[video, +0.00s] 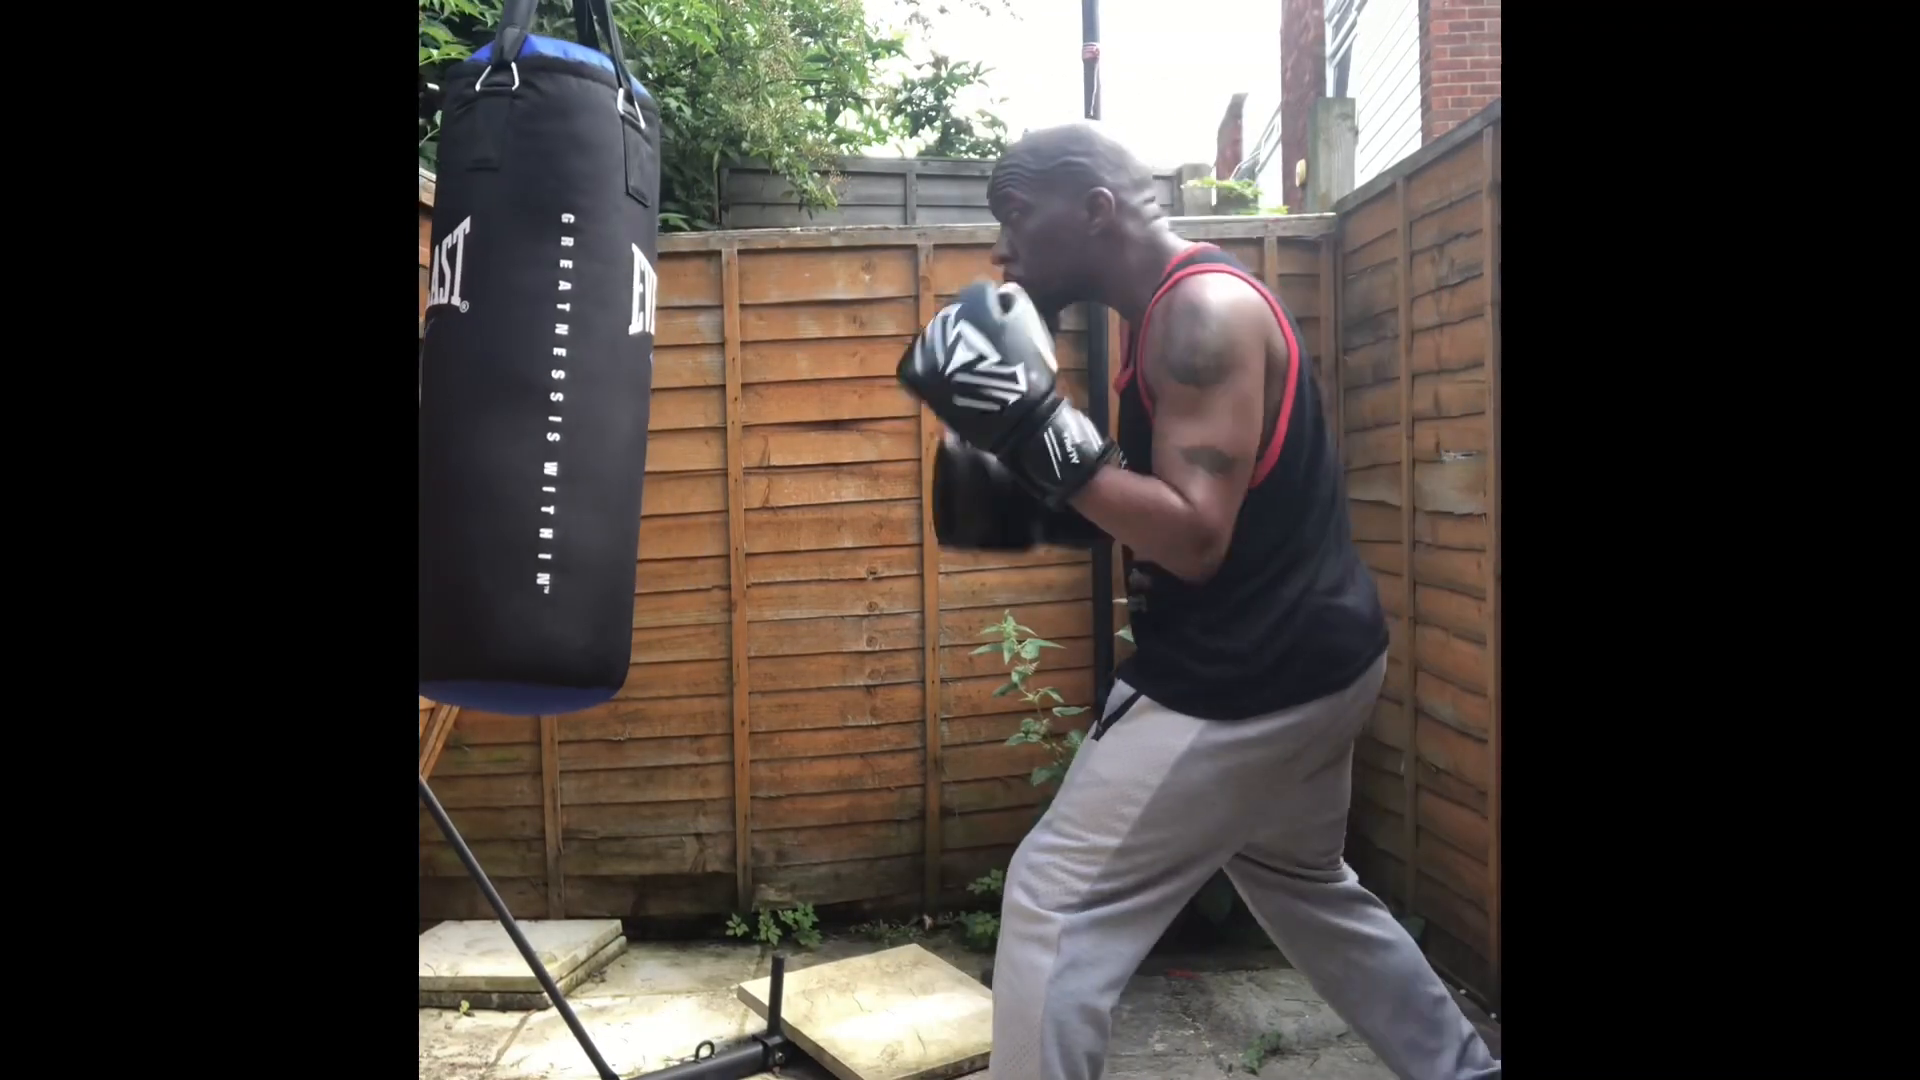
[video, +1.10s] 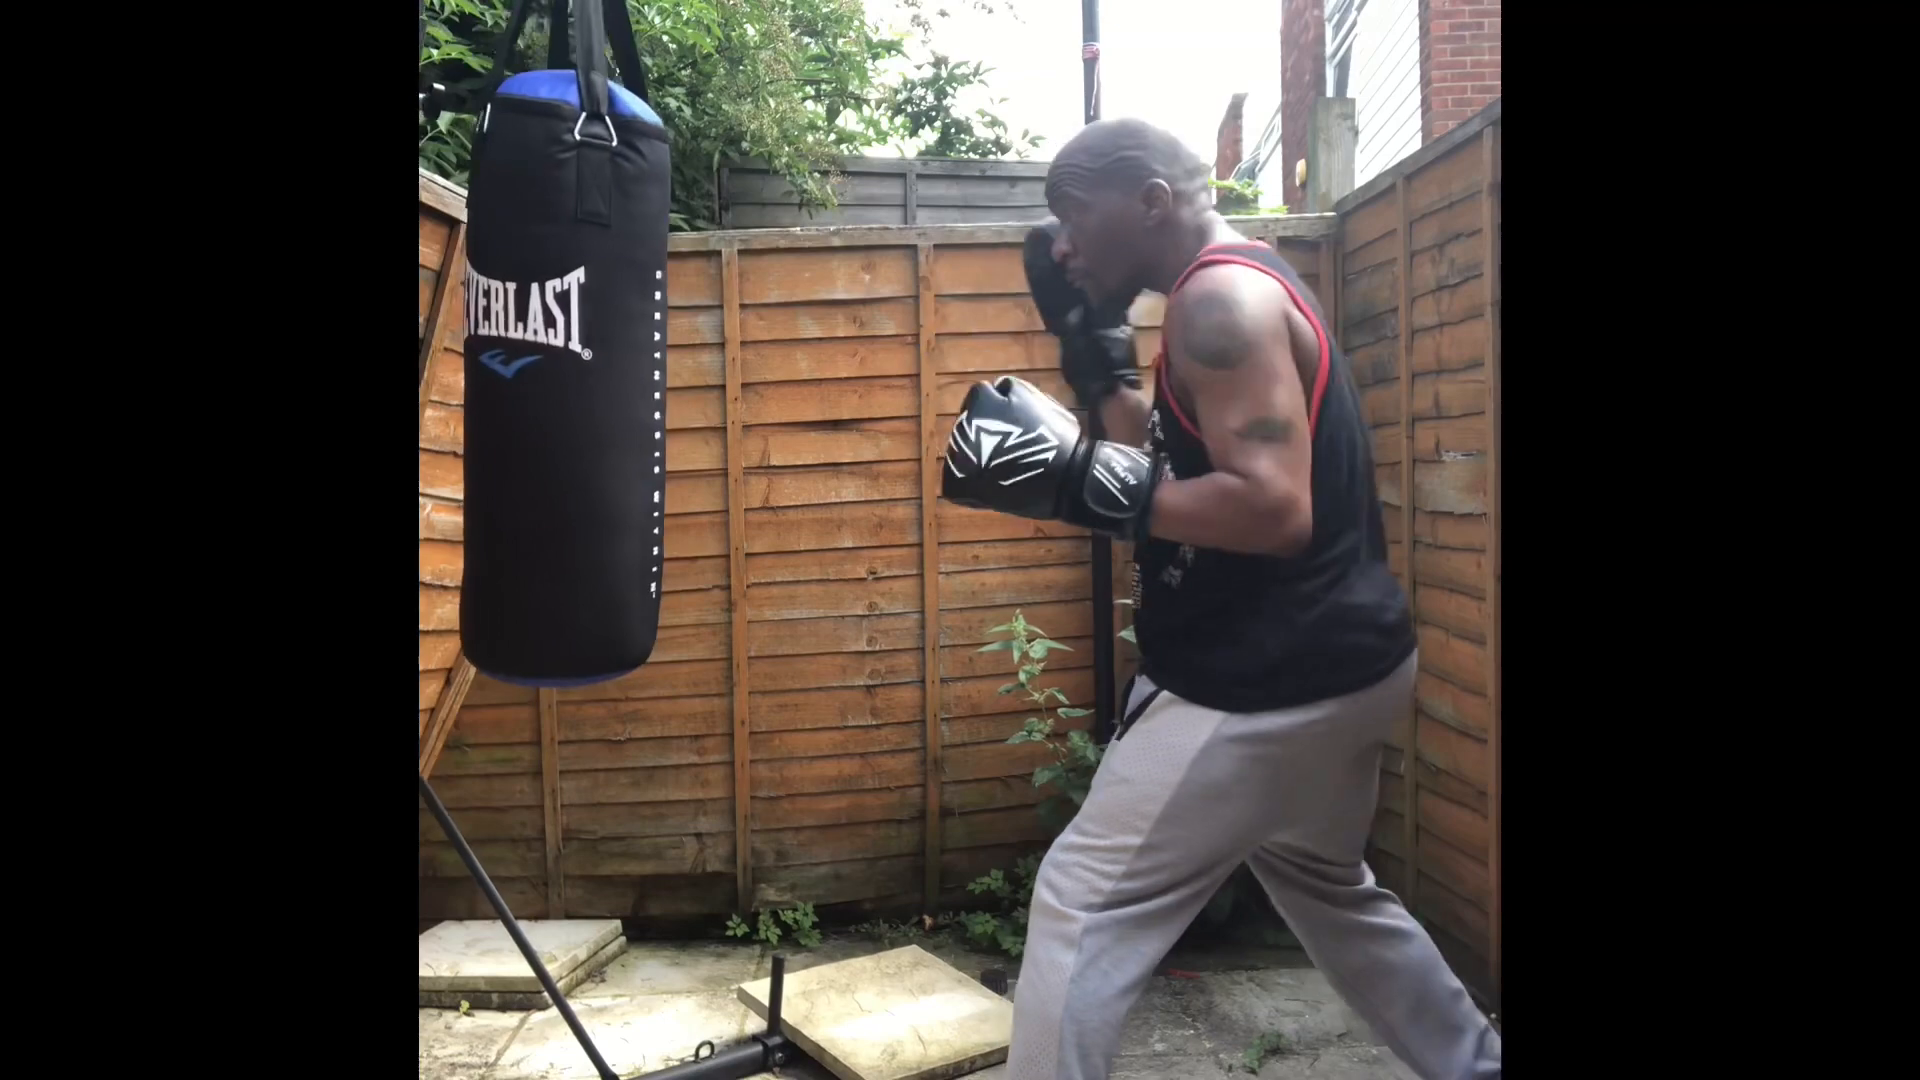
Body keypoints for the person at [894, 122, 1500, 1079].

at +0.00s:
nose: (1003, 252)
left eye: (1015, 219)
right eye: (999, 225)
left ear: (1098, 209)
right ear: (1102, 214)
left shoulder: (1205, 309)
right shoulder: (1159, 314)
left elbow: (1193, 539)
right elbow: (1152, 503)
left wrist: (1040, 426)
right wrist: (1033, 506)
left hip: (1243, 666)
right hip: (1304, 650)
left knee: (1056, 895)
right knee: (1299, 876)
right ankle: (1463, 1065)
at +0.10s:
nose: (1027, 216)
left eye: (1041, 189)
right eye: (1026, 192)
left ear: (1124, 186)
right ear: (1133, 191)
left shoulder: (1179, 283)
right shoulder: (1197, 273)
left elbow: (1232, 485)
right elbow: (1186, 465)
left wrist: (1041, 469)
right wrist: (1081, 395)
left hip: (1233, 662)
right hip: (1325, 636)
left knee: (1065, 899)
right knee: (1332, 877)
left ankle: (1032, 1072)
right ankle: (1470, 1064)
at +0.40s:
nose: (1094, 213)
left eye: (1101, 187)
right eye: (1091, 189)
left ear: (1165, 173)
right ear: (1209, 176)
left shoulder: (1180, 254)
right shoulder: (1325, 257)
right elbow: (1279, 405)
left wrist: (1006, 332)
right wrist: (1132, 400)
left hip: (1232, 649)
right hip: (1379, 626)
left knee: (1079, 892)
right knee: (1388, 879)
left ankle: (1042, 1070)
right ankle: (1479, 1062)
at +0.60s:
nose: (1055, 273)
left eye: (1060, 253)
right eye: (1055, 256)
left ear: (1102, 226)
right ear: (1171, 204)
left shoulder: (1129, 249)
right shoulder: (1300, 283)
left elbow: (940, 335)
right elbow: (1234, 460)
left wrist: (833, 265)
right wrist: (1095, 415)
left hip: (1218, 675)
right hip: (1371, 655)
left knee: (1048, 900)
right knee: (1365, 877)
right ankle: (1480, 1056)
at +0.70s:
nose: (1056, 262)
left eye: (1061, 233)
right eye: (1049, 240)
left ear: (1129, 210)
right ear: (1156, 210)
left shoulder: (1175, 278)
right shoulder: (1261, 277)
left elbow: (1065, 471)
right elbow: (1167, 432)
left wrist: (968, 345)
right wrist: (1050, 366)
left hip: (1234, 676)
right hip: (1351, 654)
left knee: (1049, 895)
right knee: (1333, 887)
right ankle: (1470, 1065)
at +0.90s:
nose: (1061, 280)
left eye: (1068, 248)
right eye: (1049, 258)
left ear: (1143, 209)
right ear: (1135, 218)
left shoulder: (1266, 328)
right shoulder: (1138, 330)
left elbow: (1202, 549)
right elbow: (1108, 498)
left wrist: (1082, 405)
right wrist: (992, 463)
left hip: (1265, 683)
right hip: (1225, 672)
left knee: (1061, 895)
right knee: (1298, 908)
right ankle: (1468, 1064)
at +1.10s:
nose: (1060, 241)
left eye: (1069, 214)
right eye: (1054, 219)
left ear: (1150, 200)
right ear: (1161, 205)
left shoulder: (1219, 297)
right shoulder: (1232, 283)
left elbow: (1272, 509)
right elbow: (1160, 483)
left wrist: (1096, 483)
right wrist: (1093, 342)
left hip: (1256, 680)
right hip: (1340, 662)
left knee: (1083, 901)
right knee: (1326, 883)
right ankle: (1473, 1062)